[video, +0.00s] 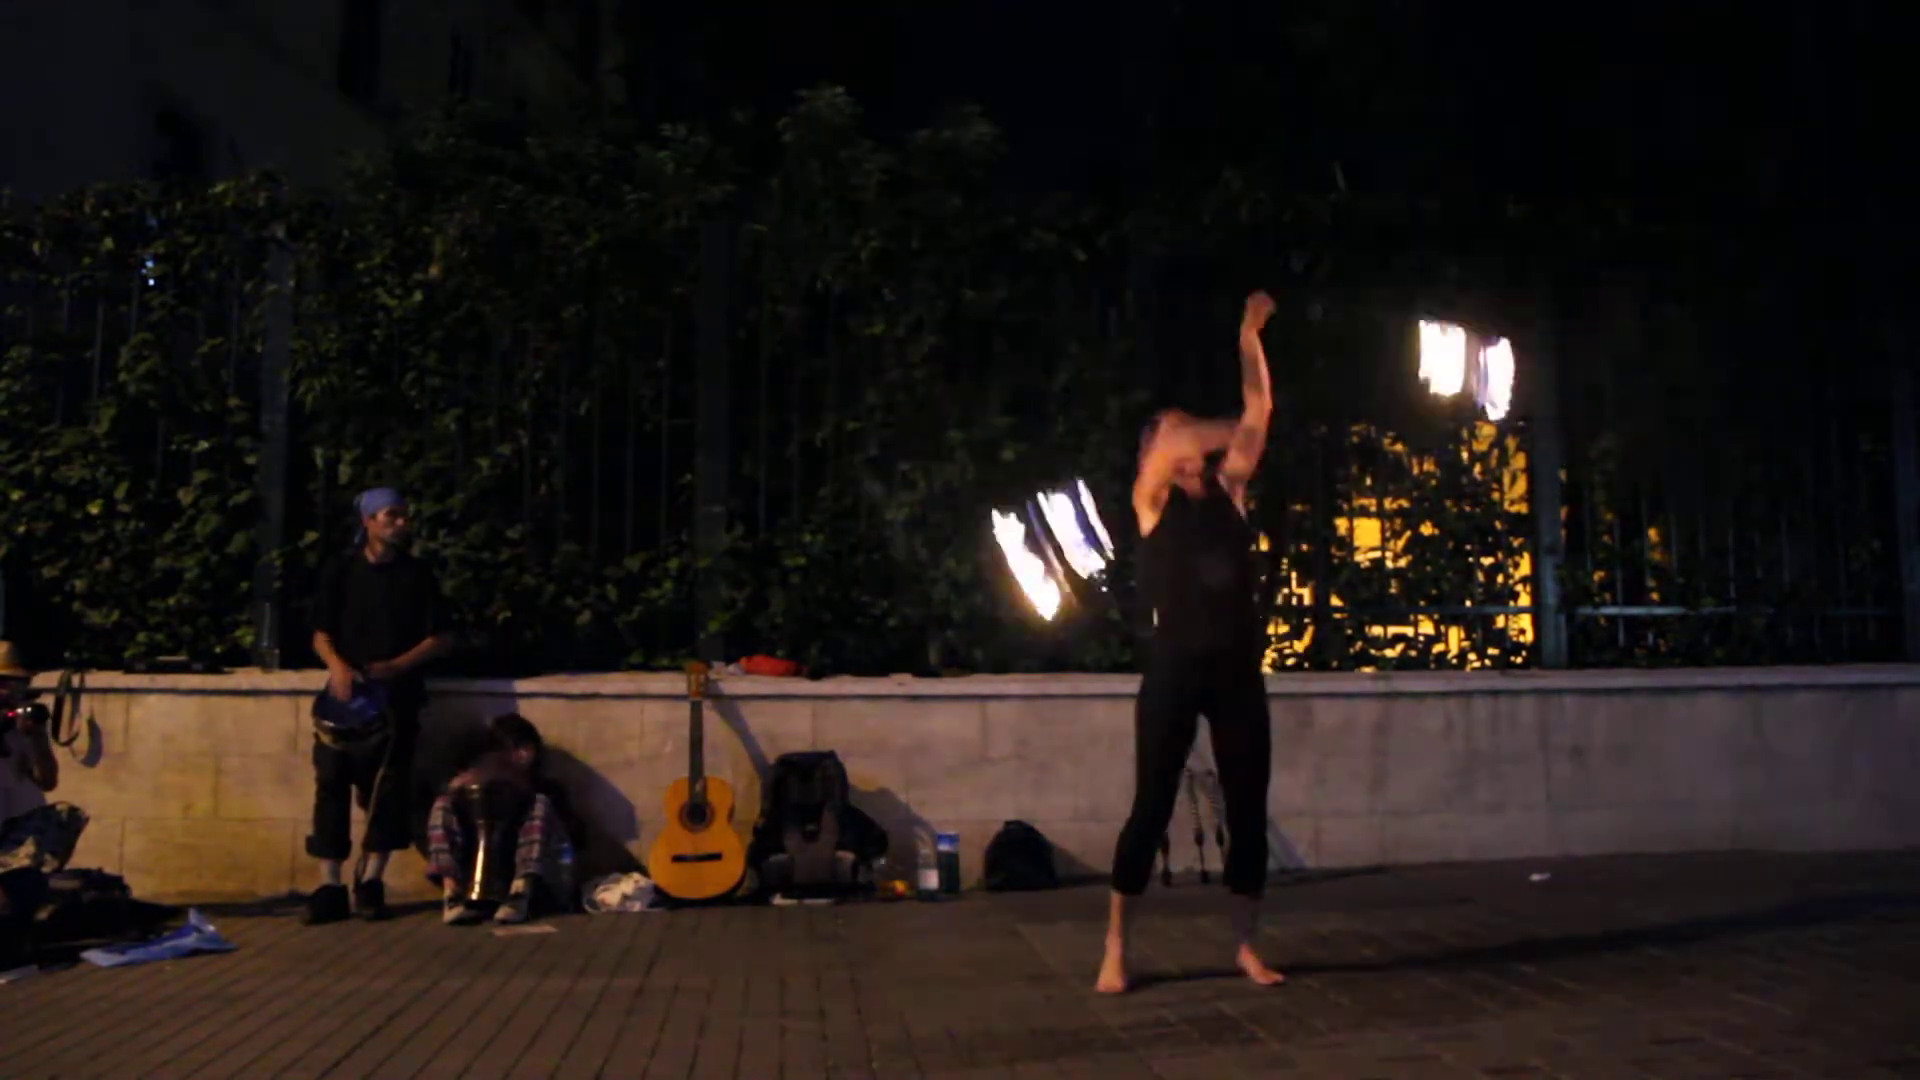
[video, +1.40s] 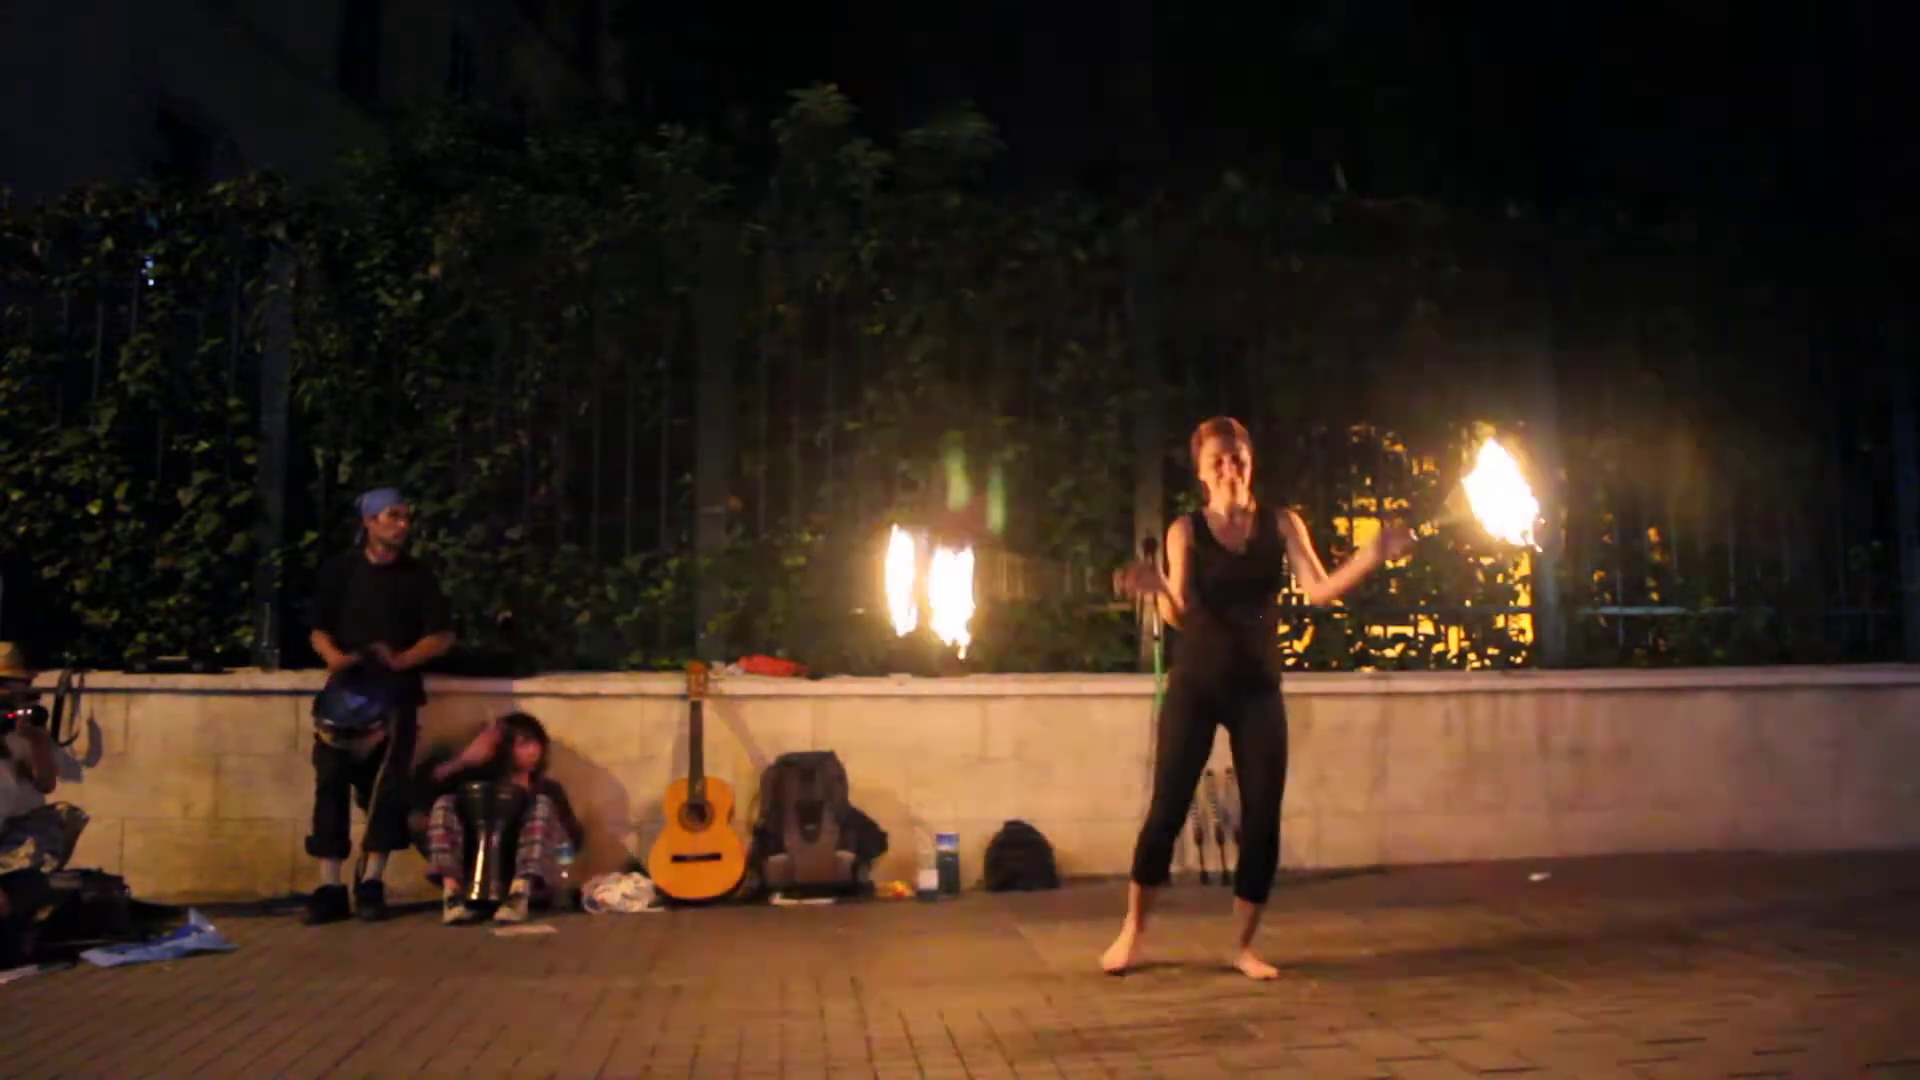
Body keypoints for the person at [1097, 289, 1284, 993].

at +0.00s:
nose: (1194, 441)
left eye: (1193, 433)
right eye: (1181, 434)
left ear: (1206, 445)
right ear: (1156, 447)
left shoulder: (1230, 487)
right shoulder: (1153, 501)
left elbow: (1259, 412)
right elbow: (1171, 442)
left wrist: (1248, 336)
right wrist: (1243, 429)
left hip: (1239, 669)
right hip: (1173, 670)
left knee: (1248, 811)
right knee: (1152, 808)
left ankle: (1246, 945)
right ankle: (1115, 946)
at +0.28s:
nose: (1163, 450)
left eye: (1170, 442)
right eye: (1150, 443)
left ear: (1184, 453)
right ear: (1134, 458)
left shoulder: (1200, 509)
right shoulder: (1124, 505)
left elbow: (1231, 425)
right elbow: (1127, 403)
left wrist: (1185, 360)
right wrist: (1177, 339)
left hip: (1197, 684)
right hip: (1131, 686)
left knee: (1230, 818)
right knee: (1127, 823)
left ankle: (1249, 949)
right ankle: (1110, 954)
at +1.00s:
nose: (1183, 436)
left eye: (1190, 426)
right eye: (1171, 428)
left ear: (1206, 434)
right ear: (1152, 439)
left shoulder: (1223, 497)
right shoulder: (1139, 494)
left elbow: (1252, 481)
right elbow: (1161, 502)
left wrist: (1235, 401)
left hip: (1216, 669)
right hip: (1151, 672)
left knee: (1235, 803)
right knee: (1138, 805)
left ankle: (1247, 939)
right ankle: (1112, 946)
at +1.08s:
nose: (1199, 438)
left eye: (1207, 429)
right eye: (1186, 431)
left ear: (1221, 440)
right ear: (1167, 443)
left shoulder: (1238, 492)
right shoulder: (1154, 502)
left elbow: (1274, 533)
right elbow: (1172, 556)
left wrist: (1264, 450)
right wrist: (1218, 520)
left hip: (1226, 668)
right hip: (1164, 669)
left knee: (1239, 801)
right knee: (1143, 804)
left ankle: (1247, 937)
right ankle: (1114, 944)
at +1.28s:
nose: (1222, 463)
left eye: (1229, 452)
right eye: (1209, 455)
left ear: (1242, 456)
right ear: (1190, 463)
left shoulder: (1273, 517)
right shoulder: (1178, 525)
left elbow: (1300, 583)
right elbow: (1187, 589)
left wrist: (1322, 522)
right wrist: (1201, 614)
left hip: (1250, 682)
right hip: (1185, 682)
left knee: (1256, 814)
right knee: (1153, 813)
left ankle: (1240, 944)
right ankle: (1116, 948)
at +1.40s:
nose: (1230, 466)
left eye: (1237, 456)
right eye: (1218, 459)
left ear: (1251, 461)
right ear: (1200, 470)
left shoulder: (1282, 524)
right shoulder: (1185, 532)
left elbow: (1318, 591)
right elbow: (1179, 616)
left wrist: (1372, 555)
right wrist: (1157, 589)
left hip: (1259, 689)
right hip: (1195, 686)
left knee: (1264, 817)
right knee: (1166, 808)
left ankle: (1245, 947)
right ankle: (1132, 928)